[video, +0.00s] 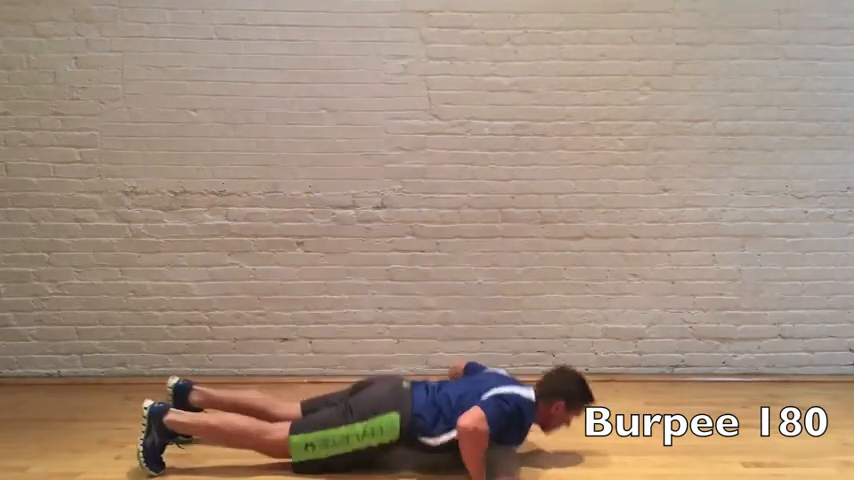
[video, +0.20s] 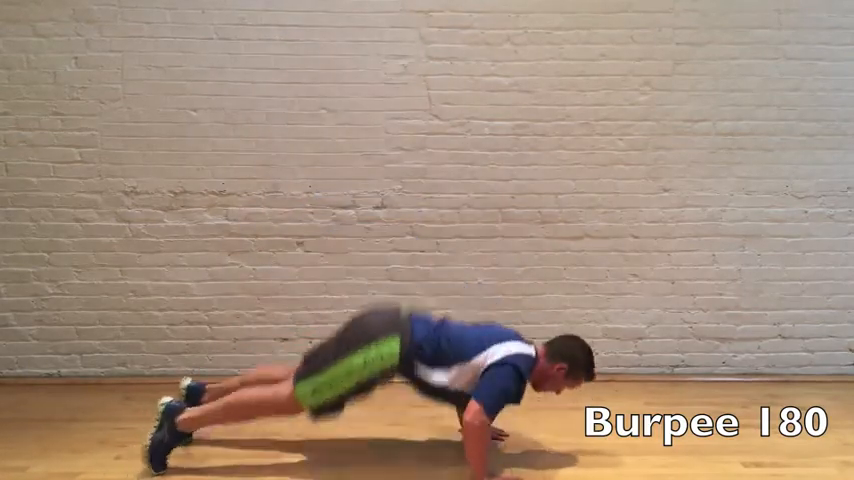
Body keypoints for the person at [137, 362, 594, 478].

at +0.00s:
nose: (567, 424)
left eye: (571, 418)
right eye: (570, 416)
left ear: (548, 389)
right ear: (556, 405)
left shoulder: (508, 383)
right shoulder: (520, 409)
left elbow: (459, 369)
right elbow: (471, 428)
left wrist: (461, 415)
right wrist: (480, 479)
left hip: (393, 388)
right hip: (393, 415)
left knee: (289, 417)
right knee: (278, 444)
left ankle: (193, 395)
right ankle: (167, 421)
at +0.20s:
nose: (563, 392)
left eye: (569, 386)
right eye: (568, 384)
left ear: (554, 357)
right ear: (557, 369)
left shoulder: (515, 346)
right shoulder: (512, 368)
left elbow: (470, 400)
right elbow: (475, 422)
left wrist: (484, 438)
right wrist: (483, 474)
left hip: (393, 326)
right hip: (389, 342)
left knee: (297, 376)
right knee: (292, 398)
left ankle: (200, 394)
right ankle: (182, 422)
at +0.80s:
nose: (519, 145)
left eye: (518, 136)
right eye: (517, 136)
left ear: (483, 135)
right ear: (502, 138)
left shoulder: (460, 161)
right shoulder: (476, 179)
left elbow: (453, 246)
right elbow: (459, 257)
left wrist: (490, 260)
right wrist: (495, 268)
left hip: (374, 255)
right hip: (377, 262)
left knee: (430, 350)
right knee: (442, 363)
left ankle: (397, 426)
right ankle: (373, 446)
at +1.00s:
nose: (455, 20)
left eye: (447, 14)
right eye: (465, 15)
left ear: (431, 15)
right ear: (470, 20)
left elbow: (359, 110)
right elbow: (496, 147)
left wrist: (406, 120)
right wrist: (455, 130)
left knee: (395, 299)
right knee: (439, 306)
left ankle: (395, 396)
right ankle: (411, 402)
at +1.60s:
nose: (320, 209)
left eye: (321, 199)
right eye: (316, 201)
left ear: (343, 185)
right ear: (343, 186)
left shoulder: (393, 210)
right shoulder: (370, 209)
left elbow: (391, 291)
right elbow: (357, 267)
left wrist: (347, 341)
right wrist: (320, 306)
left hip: (492, 258)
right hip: (462, 261)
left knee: (441, 351)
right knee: (419, 332)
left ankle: (482, 454)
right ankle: (458, 414)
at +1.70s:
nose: (316, 261)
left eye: (316, 252)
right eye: (312, 254)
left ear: (334, 237)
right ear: (335, 234)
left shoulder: (379, 251)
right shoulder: (364, 241)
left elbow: (370, 331)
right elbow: (354, 308)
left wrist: (335, 393)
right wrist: (324, 356)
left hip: (495, 265)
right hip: (470, 264)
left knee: (437, 358)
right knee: (420, 333)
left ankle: (483, 455)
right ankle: (457, 418)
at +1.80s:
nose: (316, 305)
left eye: (313, 297)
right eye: (310, 300)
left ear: (328, 281)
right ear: (330, 275)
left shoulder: (370, 288)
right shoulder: (360, 270)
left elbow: (355, 376)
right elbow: (351, 344)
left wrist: (324, 436)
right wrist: (330, 393)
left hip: (492, 284)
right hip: (477, 276)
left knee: (423, 368)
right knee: (413, 338)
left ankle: (482, 456)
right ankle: (459, 420)